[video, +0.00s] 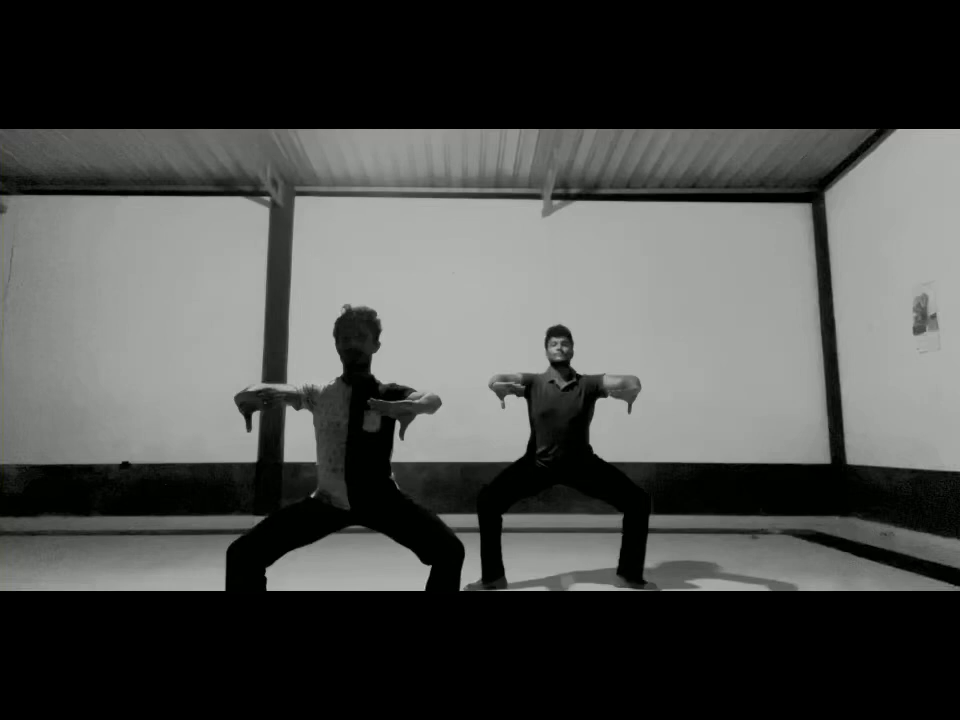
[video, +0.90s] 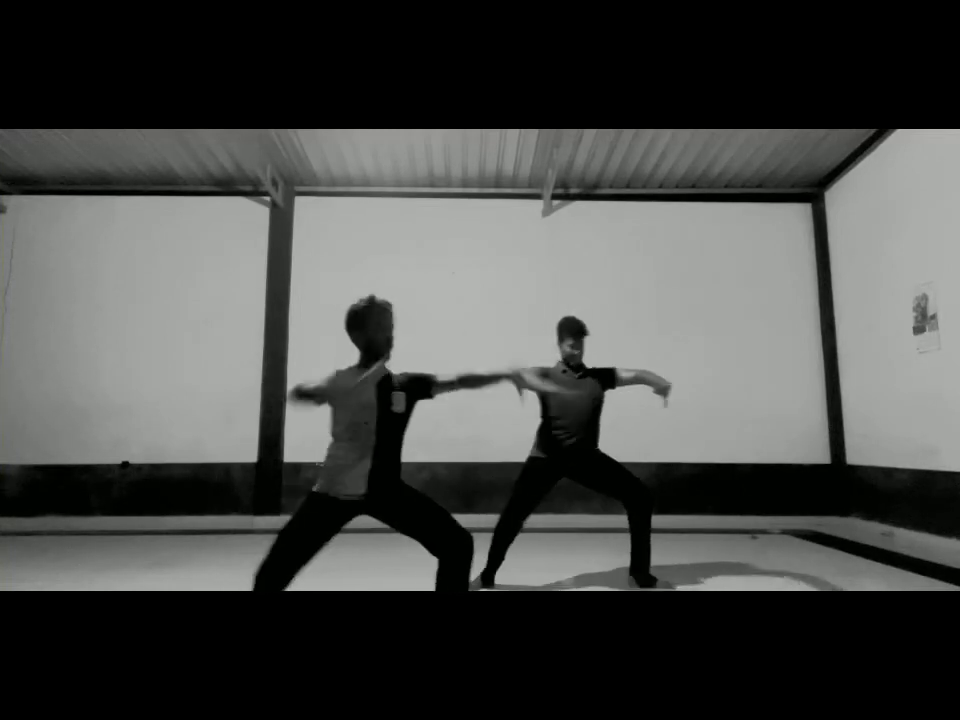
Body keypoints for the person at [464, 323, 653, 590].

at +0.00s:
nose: (560, 348)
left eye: (565, 344)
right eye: (554, 344)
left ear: (572, 350)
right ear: (546, 351)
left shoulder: (588, 383)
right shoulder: (533, 382)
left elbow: (629, 382)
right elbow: (495, 381)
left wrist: (630, 390)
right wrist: (503, 387)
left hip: (581, 464)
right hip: (538, 465)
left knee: (638, 501)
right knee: (489, 500)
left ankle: (630, 574)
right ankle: (493, 577)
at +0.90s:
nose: (575, 349)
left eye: (578, 343)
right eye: (569, 344)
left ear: (584, 344)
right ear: (559, 345)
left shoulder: (599, 378)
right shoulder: (544, 377)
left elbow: (639, 376)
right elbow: (504, 376)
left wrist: (663, 386)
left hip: (586, 458)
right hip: (547, 459)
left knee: (639, 497)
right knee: (514, 513)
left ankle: (640, 571)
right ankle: (488, 574)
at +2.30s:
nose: (546, 344)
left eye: (552, 339)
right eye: (541, 339)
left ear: (560, 343)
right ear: (533, 341)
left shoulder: (574, 371)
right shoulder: (517, 374)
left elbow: (620, 366)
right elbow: (480, 374)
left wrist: (618, 391)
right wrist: (488, 382)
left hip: (574, 451)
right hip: (532, 456)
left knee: (637, 479)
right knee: (489, 502)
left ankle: (639, 551)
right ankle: (477, 576)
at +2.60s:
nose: (538, 344)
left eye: (545, 339)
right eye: (535, 338)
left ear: (559, 343)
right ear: (531, 341)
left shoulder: (574, 371)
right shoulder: (521, 375)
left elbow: (591, 360)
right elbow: (479, 380)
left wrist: (558, 355)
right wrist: (489, 403)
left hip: (582, 457)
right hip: (539, 459)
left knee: (634, 512)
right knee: (490, 503)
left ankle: (654, 582)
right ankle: (478, 577)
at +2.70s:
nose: (524, 340)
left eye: (530, 335)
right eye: (522, 335)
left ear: (543, 341)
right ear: (518, 339)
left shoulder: (558, 366)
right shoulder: (512, 373)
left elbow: (533, 374)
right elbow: (471, 372)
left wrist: (505, 354)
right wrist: (482, 389)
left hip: (577, 451)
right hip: (538, 454)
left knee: (628, 506)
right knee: (490, 500)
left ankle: (651, 572)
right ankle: (478, 576)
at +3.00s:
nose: (512, 385)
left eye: (513, 378)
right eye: (508, 381)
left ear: (523, 367)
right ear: (507, 377)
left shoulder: (549, 377)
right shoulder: (526, 375)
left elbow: (524, 415)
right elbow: (496, 384)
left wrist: (473, 429)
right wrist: (471, 395)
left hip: (583, 453)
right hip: (548, 451)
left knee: (622, 512)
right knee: (502, 497)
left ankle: (635, 578)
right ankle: (479, 577)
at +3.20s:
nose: (549, 352)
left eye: (552, 347)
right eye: (546, 347)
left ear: (562, 346)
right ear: (545, 348)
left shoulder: (587, 375)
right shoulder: (538, 369)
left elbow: (604, 393)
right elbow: (502, 366)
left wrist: (561, 408)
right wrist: (488, 391)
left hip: (579, 458)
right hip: (539, 455)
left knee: (625, 508)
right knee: (482, 489)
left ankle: (638, 579)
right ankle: (473, 565)